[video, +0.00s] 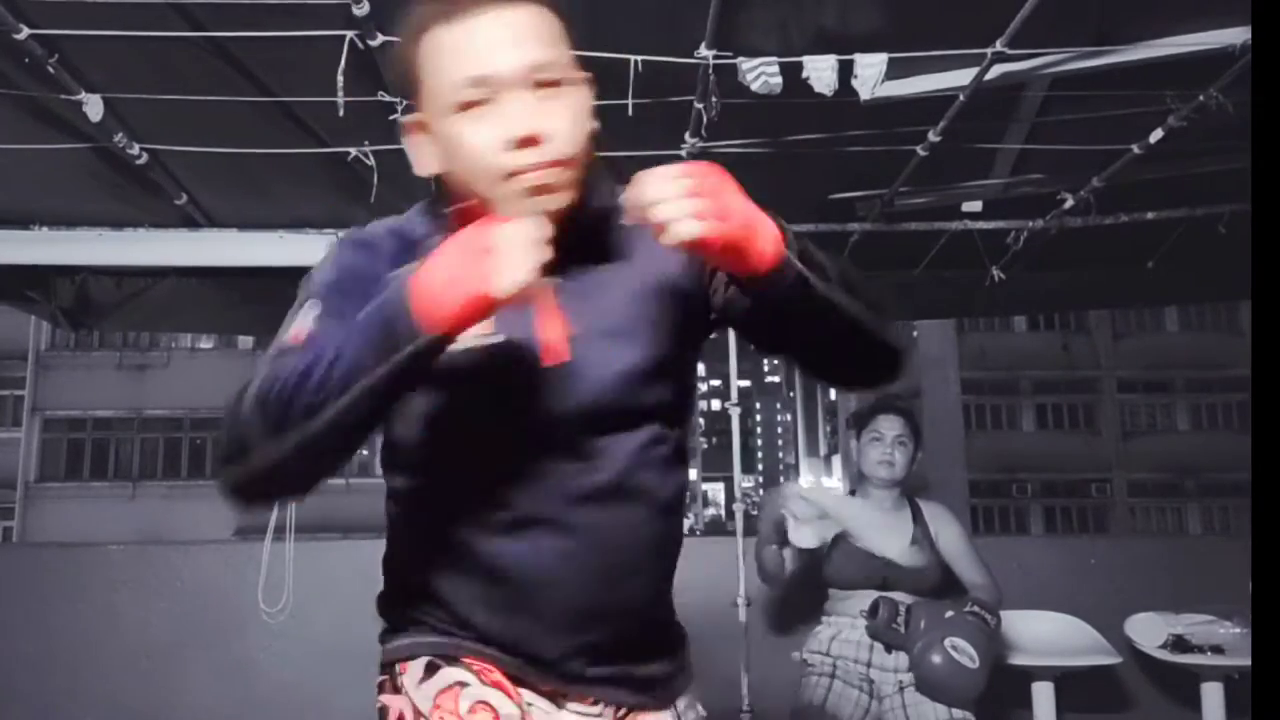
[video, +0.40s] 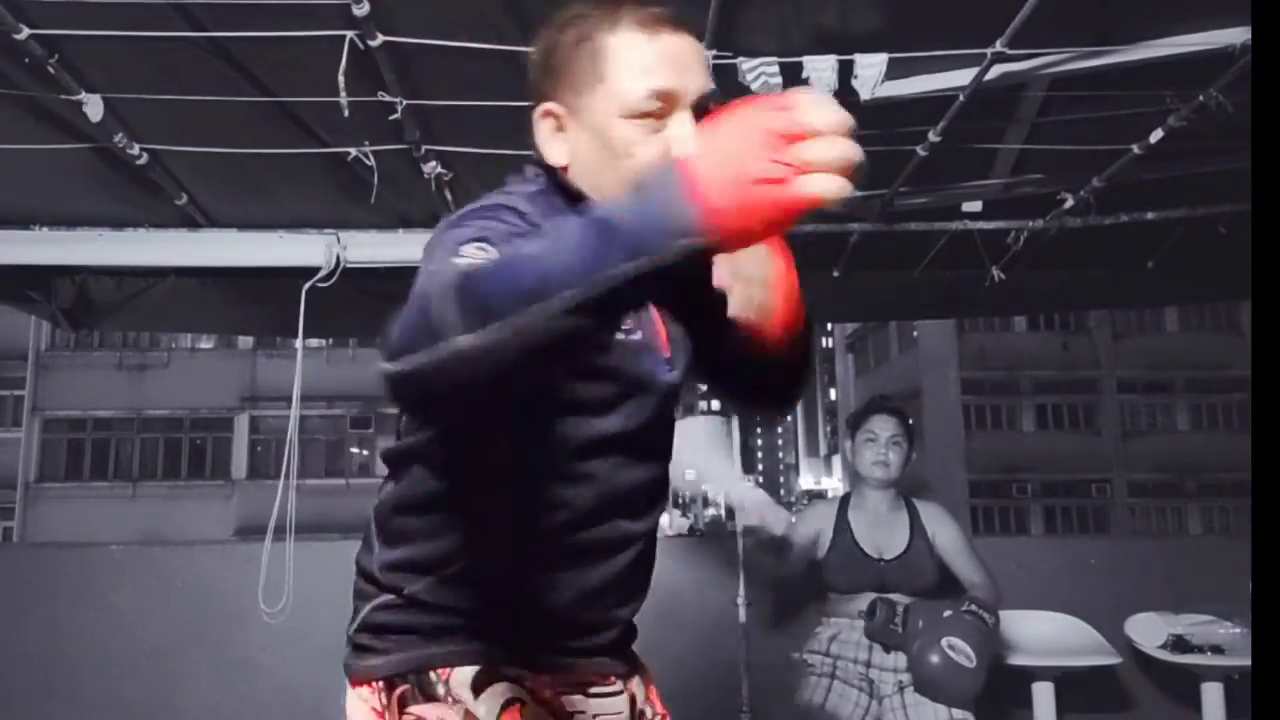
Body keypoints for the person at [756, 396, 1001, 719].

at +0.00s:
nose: (887, 451)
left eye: (900, 443)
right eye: (875, 440)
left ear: (914, 458)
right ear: (855, 449)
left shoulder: (933, 517)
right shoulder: (830, 512)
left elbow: (985, 588)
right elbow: (775, 577)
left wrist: (977, 617)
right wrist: (771, 522)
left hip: (922, 666)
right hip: (841, 662)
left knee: (937, 716)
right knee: (826, 713)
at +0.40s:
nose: (883, 451)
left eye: (895, 443)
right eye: (871, 440)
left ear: (908, 458)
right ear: (850, 450)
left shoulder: (931, 518)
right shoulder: (819, 518)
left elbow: (983, 587)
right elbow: (778, 587)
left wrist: (971, 622)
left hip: (921, 667)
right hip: (839, 665)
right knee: (824, 711)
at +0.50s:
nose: (882, 447)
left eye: (894, 440)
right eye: (870, 437)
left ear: (907, 456)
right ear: (849, 450)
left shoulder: (930, 518)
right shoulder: (819, 516)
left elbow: (983, 587)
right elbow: (802, 599)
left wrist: (975, 617)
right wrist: (870, 608)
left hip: (921, 668)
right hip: (837, 664)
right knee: (824, 712)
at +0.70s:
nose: (888, 451)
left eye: (900, 442)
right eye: (875, 441)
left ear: (918, 455)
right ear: (859, 452)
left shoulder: (939, 513)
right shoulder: (830, 510)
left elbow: (983, 587)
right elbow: (781, 578)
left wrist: (967, 619)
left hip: (922, 666)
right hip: (838, 663)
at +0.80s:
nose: (887, 451)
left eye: (901, 442)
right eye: (875, 440)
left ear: (918, 454)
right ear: (858, 448)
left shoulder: (940, 513)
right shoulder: (821, 509)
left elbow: (984, 588)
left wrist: (962, 620)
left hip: (922, 670)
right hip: (839, 668)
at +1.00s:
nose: (885, 452)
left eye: (899, 443)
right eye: (874, 441)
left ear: (917, 457)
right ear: (857, 450)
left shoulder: (937, 515)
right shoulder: (825, 507)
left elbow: (984, 591)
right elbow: (755, 541)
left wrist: (951, 617)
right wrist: (806, 549)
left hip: (921, 670)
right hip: (838, 667)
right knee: (820, 711)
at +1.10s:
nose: (885, 452)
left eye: (898, 443)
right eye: (873, 441)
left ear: (916, 457)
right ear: (856, 449)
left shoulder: (936, 517)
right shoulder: (827, 511)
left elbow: (982, 590)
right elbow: (771, 560)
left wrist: (974, 617)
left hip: (921, 671)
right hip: (838, 667)